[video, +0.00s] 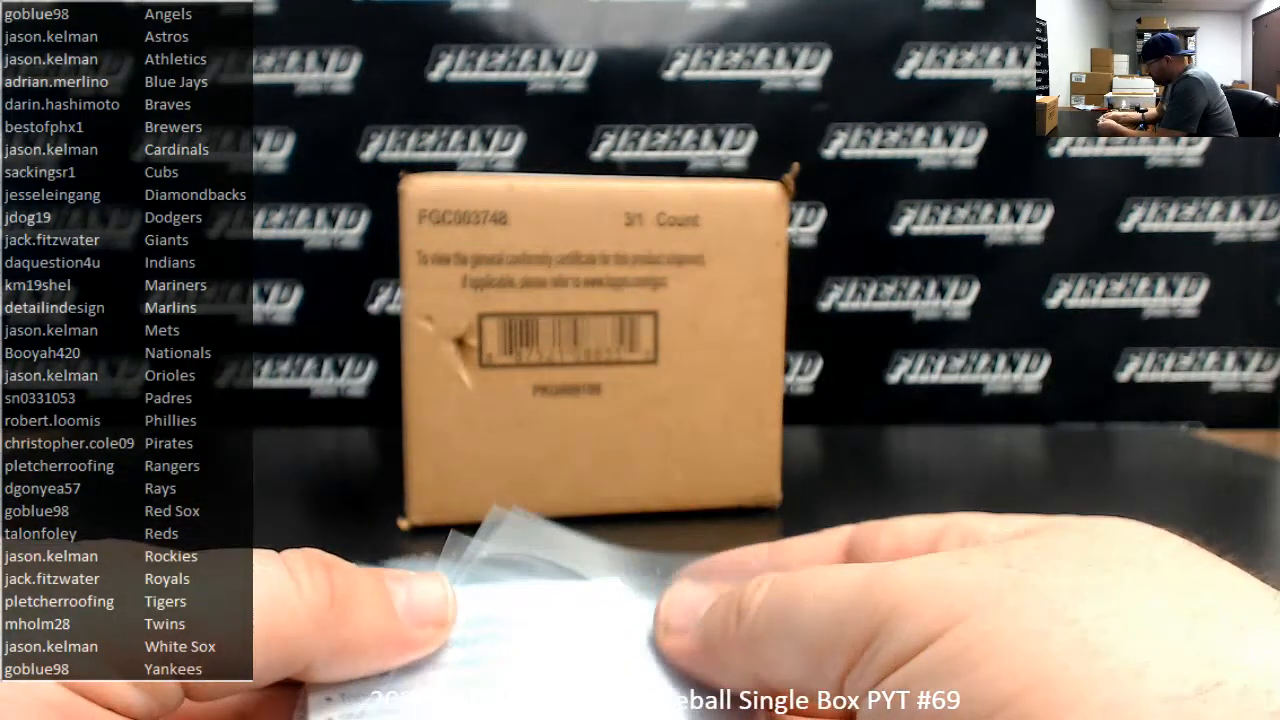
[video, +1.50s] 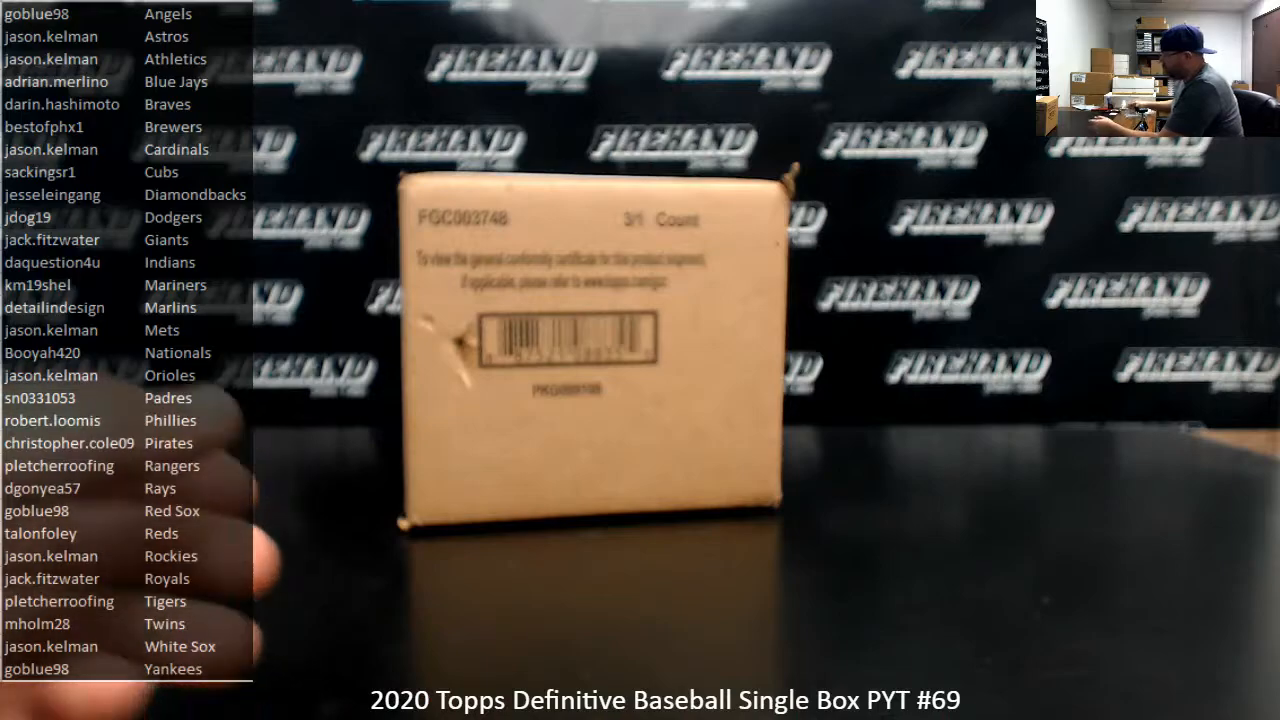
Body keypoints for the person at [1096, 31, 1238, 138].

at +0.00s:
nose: (1148, 72)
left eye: (1149, 66)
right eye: (1147, 67)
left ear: (1166, 60)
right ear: (1167, 60)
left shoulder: (1191, 84)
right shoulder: (1176, 80)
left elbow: (1165, 142)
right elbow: (1160, 112)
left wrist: (1117, 131)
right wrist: (1127, 117)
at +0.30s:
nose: (1147, 72)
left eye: (1149, 66)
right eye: (1146, 67)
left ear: (1166, 60)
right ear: (1167, 61)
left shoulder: (1191, 84)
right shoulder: (1176, 80)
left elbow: (1166, 142)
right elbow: (1159, 113)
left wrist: (1117, 130)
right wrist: (1123, 117)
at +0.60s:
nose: (1149, 73)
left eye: (1150, 66)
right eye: (1147, 67)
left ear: (1168, 60)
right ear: (1168, 60)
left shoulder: (1192, 84)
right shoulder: (1176, 80)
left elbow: (1166, 142)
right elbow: (1159, 113)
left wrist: (1117, 130)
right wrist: (1123, 117)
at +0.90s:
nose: (1151, 68)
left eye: (1154, 61)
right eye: (1150, 62)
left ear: (1174, 58)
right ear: (1174, 58)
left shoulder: (1195, 84)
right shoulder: (1179, 80)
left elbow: (1169, 141)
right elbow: (1161, 113)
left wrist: (1118, 131)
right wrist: (1127, 116)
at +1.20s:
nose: (1157, 64)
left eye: (1160, 58)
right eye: (1156, 58)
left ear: (1181, 56)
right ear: (1181, 57)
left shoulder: (1199, 85)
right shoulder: (1186, 79)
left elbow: (1168, 142)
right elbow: (1174, 106)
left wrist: (1116, 131)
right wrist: (1138, 103)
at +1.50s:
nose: (1161, 61)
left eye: (1165, 55)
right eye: (1161, 55)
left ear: (1186, 57)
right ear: (1189, 57)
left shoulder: (1203, 88)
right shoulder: (1199, 79)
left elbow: (1164, 142)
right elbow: (1180, 106)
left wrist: (1113, 129)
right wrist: (1147, 105)